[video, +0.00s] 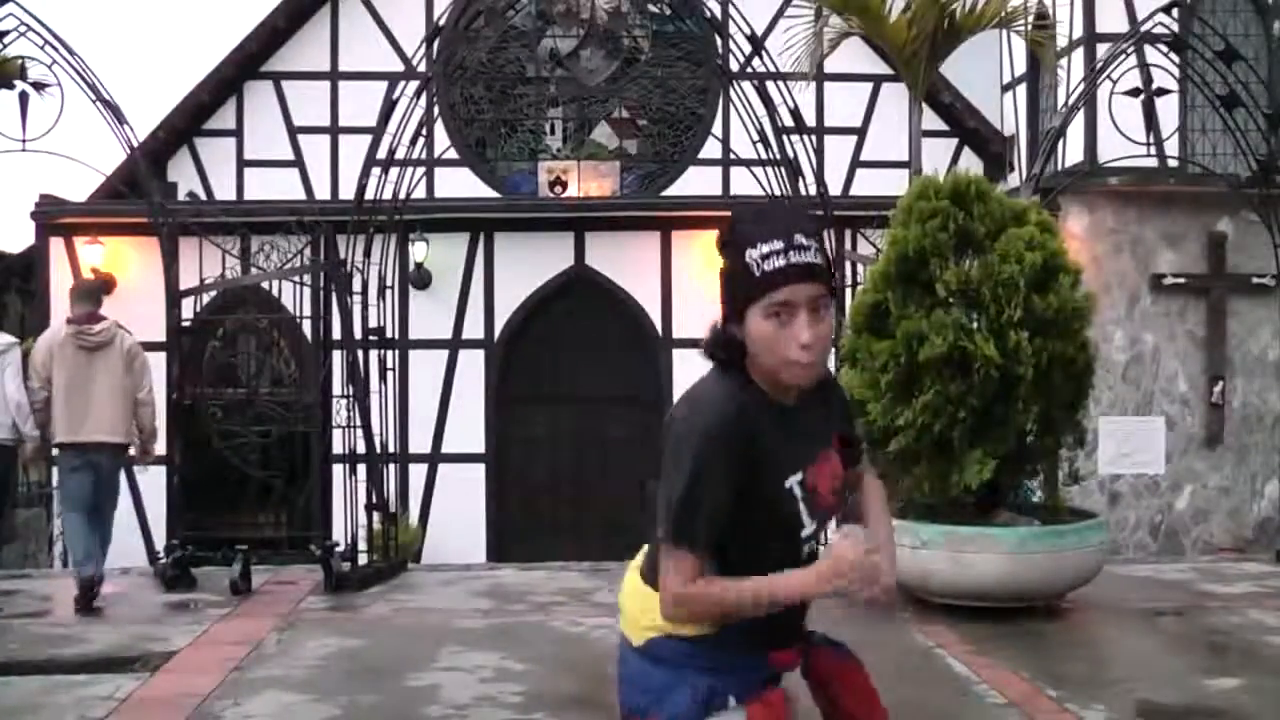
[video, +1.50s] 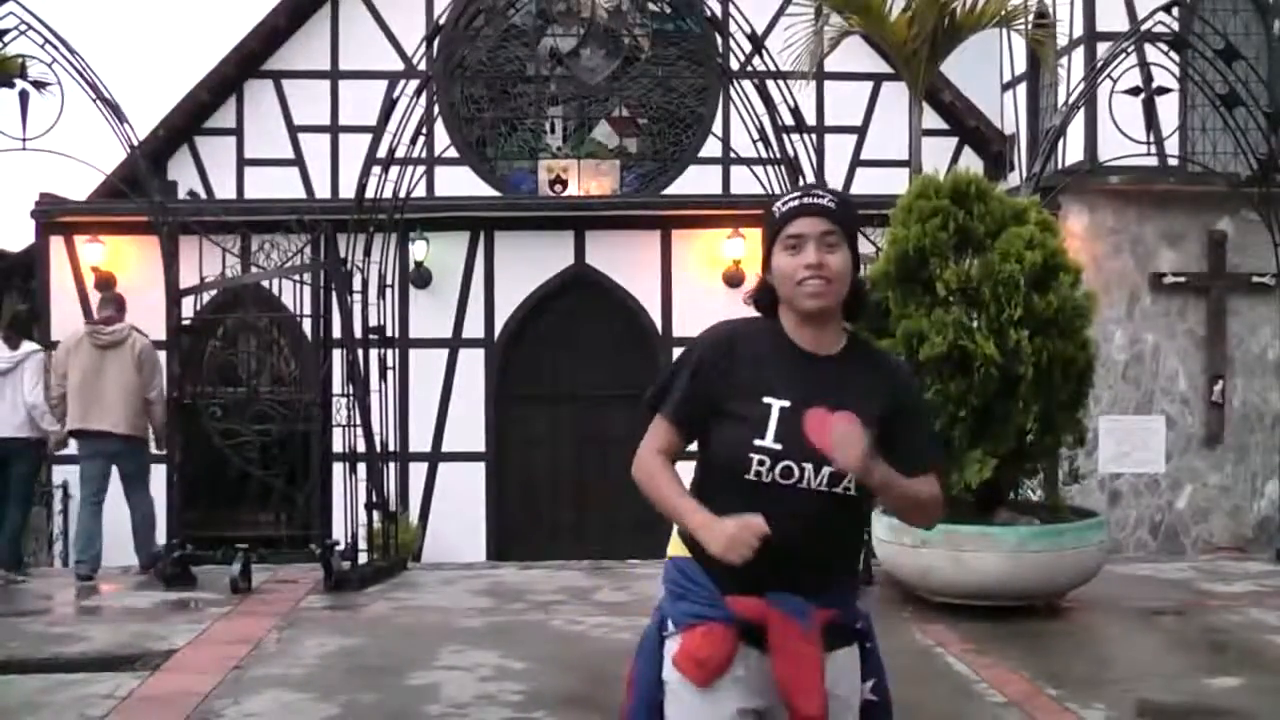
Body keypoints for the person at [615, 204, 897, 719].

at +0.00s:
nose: (806, 333)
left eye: (818, 310)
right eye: (780, 315)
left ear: (834, 315)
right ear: (738, 326)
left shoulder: (825, 396)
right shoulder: (710, 420)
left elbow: (863, 481)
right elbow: (678, 596)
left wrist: (880, 556)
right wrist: (817, 578)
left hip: (770, 638)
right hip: (684, 651)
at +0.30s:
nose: (810, 402)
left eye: (823, 372)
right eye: (780, 378)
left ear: (841, 368)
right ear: (736, 378)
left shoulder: (816, 421)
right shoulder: (703, 475)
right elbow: (646, 656)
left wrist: (864, 505)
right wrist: (776, 713)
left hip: (755, 651)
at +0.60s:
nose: (806, 354)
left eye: (823, 326)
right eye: (778, 329)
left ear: (844, 329)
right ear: (740, 337)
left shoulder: (840, 412)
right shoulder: (690, 439)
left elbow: (873, 504)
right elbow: (660, 613)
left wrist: (883, 589)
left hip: (758, 641)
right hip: (653, 650)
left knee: (829, 699)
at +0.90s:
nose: (811, 279)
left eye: (827, 259)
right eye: (787, 263)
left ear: (849, 272)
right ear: (756, 280)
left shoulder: (861, 383)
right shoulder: (711, 381)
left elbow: (916, 523)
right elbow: (642, 518)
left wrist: (896, 481)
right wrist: (757, 578)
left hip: (813, 643)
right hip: (703, 643)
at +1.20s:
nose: (822, 264)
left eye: (838, 248)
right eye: (801, 249)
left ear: (862, 264)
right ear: (775, 268)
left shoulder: (886, 380)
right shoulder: (729, 355)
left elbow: (942, 498)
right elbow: (666, 477)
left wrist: (905, 524)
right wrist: (764, 453)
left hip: (832, 617)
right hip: (722, 609)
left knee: (870, 709)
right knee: (716, 703)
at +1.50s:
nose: (814, 261)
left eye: (830, 245)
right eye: (794, 247)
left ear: (853, 264)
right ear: (769, 269)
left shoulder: (886, 379)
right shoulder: (723, 350)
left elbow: (929, 508)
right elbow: (648, 459)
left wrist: (873, 470)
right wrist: (708, 527)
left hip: (826, 610)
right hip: (711, 605)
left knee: (856, 707)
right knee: (694, 707)